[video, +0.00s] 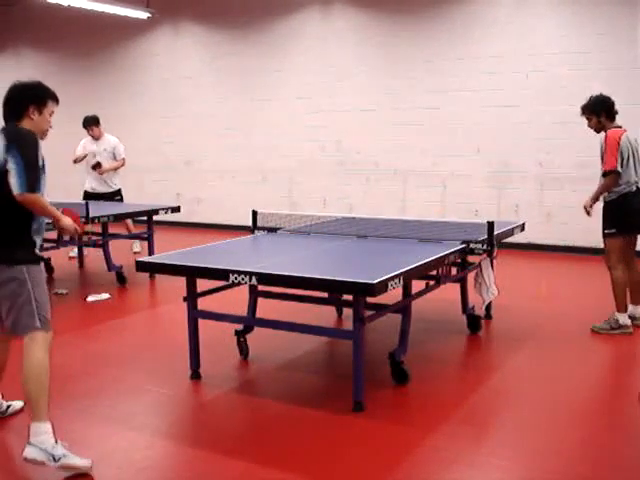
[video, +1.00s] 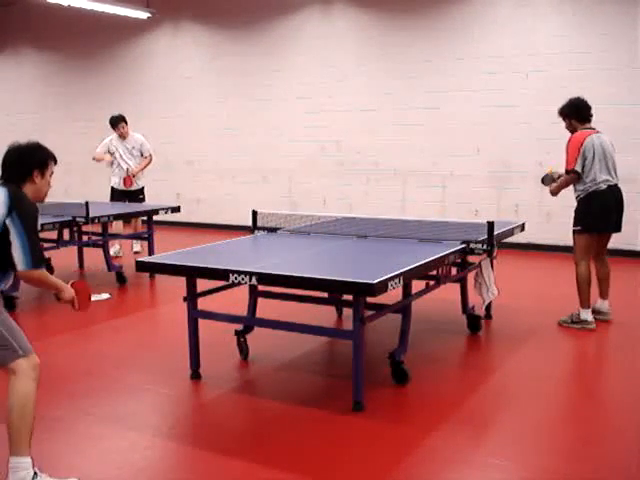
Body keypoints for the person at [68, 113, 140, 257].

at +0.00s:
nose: (90, 133)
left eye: (92, 129)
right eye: (88, 130)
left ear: (99, 127)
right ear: (86, 130)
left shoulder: (113, 142)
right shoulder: (86, 142)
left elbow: (121, 161)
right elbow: (75, 160)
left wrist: (106, 168)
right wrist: (85, 154)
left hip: (111, 189)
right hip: (91, 189)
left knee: (124, 217)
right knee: (85, 220)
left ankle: (135, 240)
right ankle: (79, 245)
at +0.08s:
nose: (93, 134)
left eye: (95, 130)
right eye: (91, 131)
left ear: (101, 127)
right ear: (89, 131)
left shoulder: (116, 142)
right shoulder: (89, 142)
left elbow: (124, 162)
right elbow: (78, 157)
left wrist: (109, 169)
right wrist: (91, 150)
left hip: (114, 189)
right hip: (94, 189)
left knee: (125, 217)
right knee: (87, 220)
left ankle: (135, 240)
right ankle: (79, 245)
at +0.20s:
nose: (102, 137)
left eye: (103, 133)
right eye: (100, 134)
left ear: (108, 129)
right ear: (98, 133)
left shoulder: (125, 142)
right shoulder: (100, 143)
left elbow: (135, 160)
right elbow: (97, 144)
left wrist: (122, 170)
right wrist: (115, 137)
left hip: (123, 187)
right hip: (104, 187)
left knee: (130, 218)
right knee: (97, 218)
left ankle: (136, 241)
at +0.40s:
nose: (115, 134)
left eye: (116, 131)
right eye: (112, 132)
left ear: (120, 128)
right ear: (109, 132)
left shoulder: (135, 138)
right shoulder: (112, 141)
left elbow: (145, 157)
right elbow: (110, 135)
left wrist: (132, 168)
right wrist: (129, 129)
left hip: (131, 183)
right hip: (113, 182)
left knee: (134, 215)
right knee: (107, 214)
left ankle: (136, 240)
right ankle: (107, 240)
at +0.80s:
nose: (122, 135)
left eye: (123, 132)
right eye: (119, 134)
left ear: (127, 128)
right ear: (116, 133)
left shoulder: (140, 138)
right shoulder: (115, 141)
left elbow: (150, 156)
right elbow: (104, 132)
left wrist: (136, 166)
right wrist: (121, 127)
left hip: (136, 182)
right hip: (119, 181)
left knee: (136, 215)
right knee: (117, 214)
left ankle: (137, 240)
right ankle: (118, 241)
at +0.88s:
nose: (123, 132)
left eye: (123, 128)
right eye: (119, 131)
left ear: (127, 124)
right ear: (115, 131)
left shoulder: (140, 139)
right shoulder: (115, 140)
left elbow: (150, 157)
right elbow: (97, 145)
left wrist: (137, 168)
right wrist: (109, 142)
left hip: (136, 184)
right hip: (118, 183)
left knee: (136, 215)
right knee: (117, 216)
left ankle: (136, 241)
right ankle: (117, 243)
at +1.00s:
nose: (122, 131)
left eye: (123, 127)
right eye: (118, 129)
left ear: (127, 125)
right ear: (114, 130)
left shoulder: (138, 139)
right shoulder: (111, 141)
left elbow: (148, 157)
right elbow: (96, 155)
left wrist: (137, 170)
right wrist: (106, 157)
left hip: (135, 184)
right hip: (118, 184)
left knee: (136, 216)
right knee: (117, 217)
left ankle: (136, 241)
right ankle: (117, 244)